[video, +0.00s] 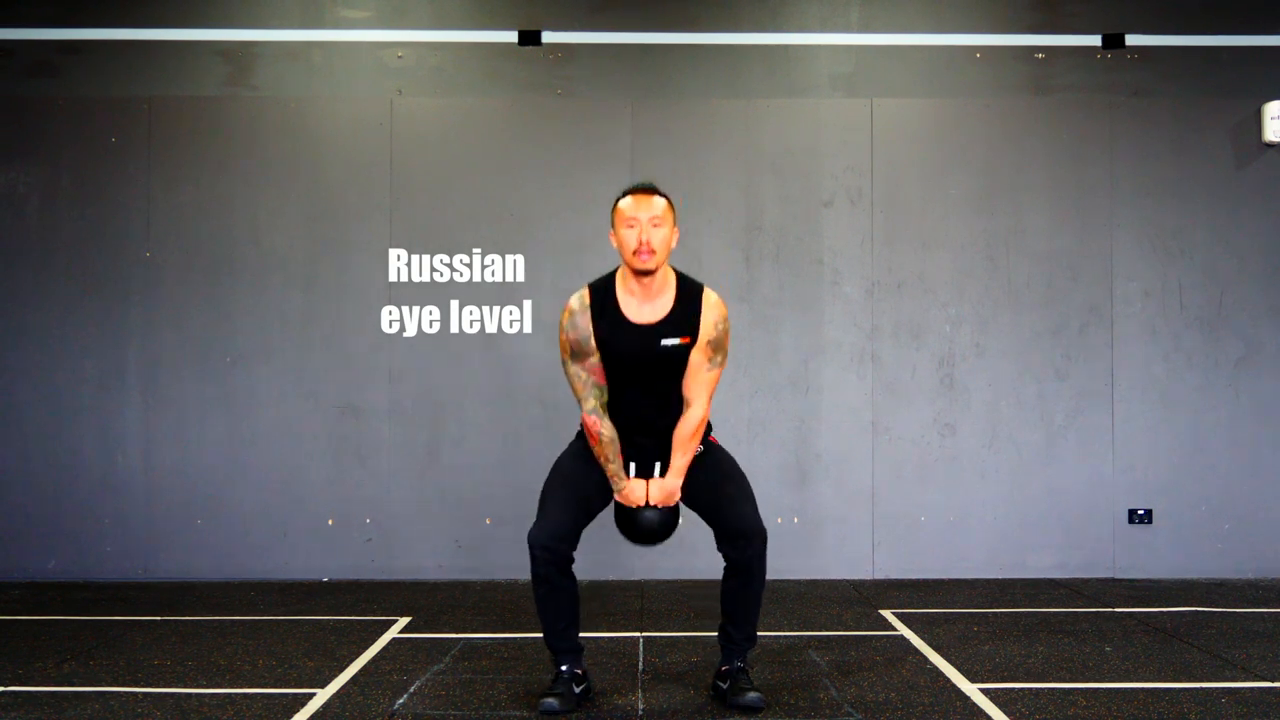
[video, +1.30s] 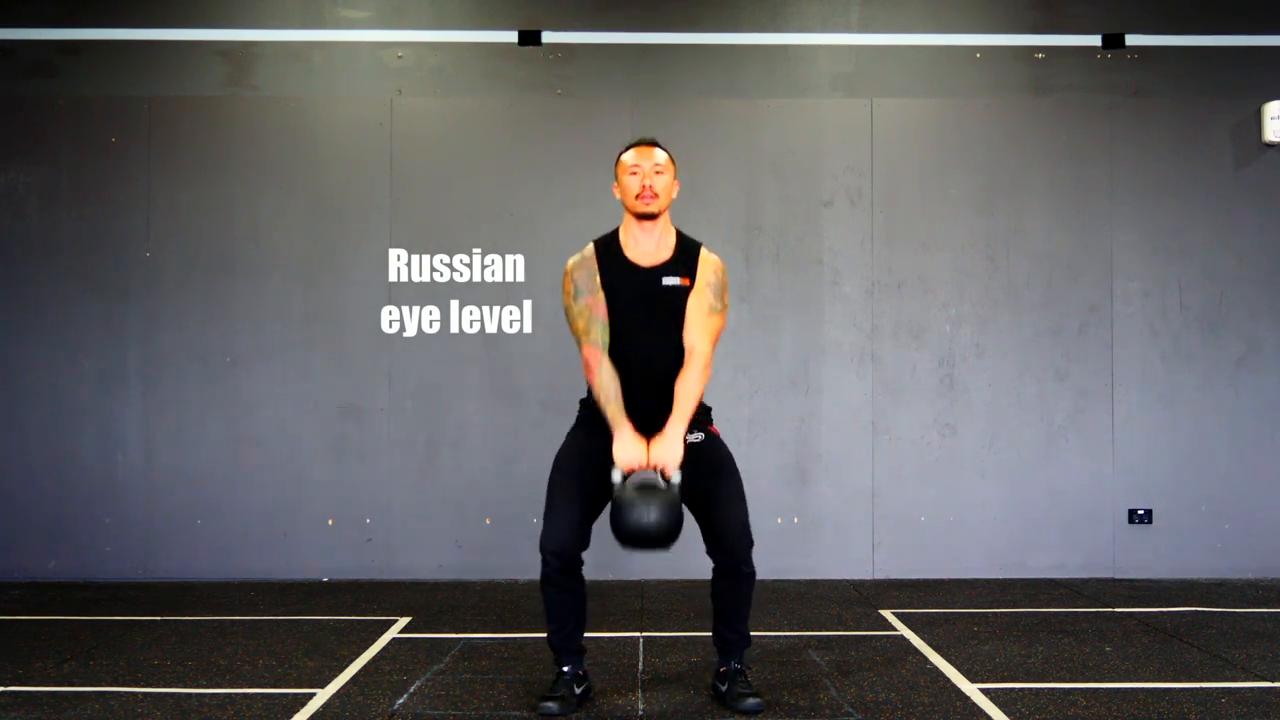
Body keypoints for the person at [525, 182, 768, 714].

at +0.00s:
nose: (643, 237)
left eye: (655, 224)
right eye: (630, 225)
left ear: (674, 234)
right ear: (614, 236)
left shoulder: (707, 310)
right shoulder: (582, 313)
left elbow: (696, 406)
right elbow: (593, 411)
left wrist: (675, 475)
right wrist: (618, 477)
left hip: (686, 445)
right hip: (605, 445)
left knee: (747, 534)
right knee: (548, 539)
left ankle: (734, 668)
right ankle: (569, 673)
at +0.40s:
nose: (642, 190)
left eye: (653, 180)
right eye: (630, 181)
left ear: (671, 192)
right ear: (614, 193)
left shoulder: (704, 263)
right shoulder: (581, 269)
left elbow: (696, 335)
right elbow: (591, 340)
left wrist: (673, 393)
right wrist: (618, 394)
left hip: (686, 426)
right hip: (603, 427)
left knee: (724, 553)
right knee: (571, 552)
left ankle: (730, 673)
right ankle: (572, 674)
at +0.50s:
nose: (644, 182)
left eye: (655, 174)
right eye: (632, 174)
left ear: (672, 190)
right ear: (616, 191)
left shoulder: (699, 251)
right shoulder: (588, 253)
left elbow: (699, 285)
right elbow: (589, 286)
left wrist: (668, 304)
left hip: (683, 415)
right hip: (606, 414)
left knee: (711, 542)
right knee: (580, 544)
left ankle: (728, 670)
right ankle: (572, 672)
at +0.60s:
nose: (643, 169)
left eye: (657, 165)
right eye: (631, 165)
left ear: (676, 188)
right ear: (615, 187)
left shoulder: (700, 251)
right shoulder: (591, 249)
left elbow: (707, 261)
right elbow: (576, 253)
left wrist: (664, 219)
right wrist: (613, 222)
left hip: (683, 415)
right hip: (606, 413)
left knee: (708, 544)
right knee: (581, 545)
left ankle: (729, 670)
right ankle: (572, 672)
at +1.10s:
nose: (648, 169)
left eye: (659, 160)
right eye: (636, 160)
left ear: (676, 177)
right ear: (619, 177)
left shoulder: (702, 240)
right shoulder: (592, 240)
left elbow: (706, 270)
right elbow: (583, 262)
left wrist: (677, 275)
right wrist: (605, 269)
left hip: (684, 413)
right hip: (607, 413)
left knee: (712, 542)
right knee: (581, 543)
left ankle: (729, 670)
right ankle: (571, 672)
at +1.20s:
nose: (648, 169)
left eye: (659, 161)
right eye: (635, 161)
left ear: (676, 177)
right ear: (618, 177)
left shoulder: (705, 248)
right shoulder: (587, 248)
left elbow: (701, 311)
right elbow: (592, 306)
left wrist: (674, 354)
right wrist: (621, 348)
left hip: (685, 412)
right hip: (606, 412)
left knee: (721, 542)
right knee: (572, 544)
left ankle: (730, 669)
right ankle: (571, 672)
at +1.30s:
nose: (647, 180)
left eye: (658, 171)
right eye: (634, 172)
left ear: (676, 186)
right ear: (616, 188)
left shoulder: (707, 267)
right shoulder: (584, 267)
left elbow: (698, 359)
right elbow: (595, 358)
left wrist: (674, 431)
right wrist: (621, 430)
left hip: (686, 421)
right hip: (604, 420)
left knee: (735, 547)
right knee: (558, 545)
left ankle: (731, 671)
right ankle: (570, 673)